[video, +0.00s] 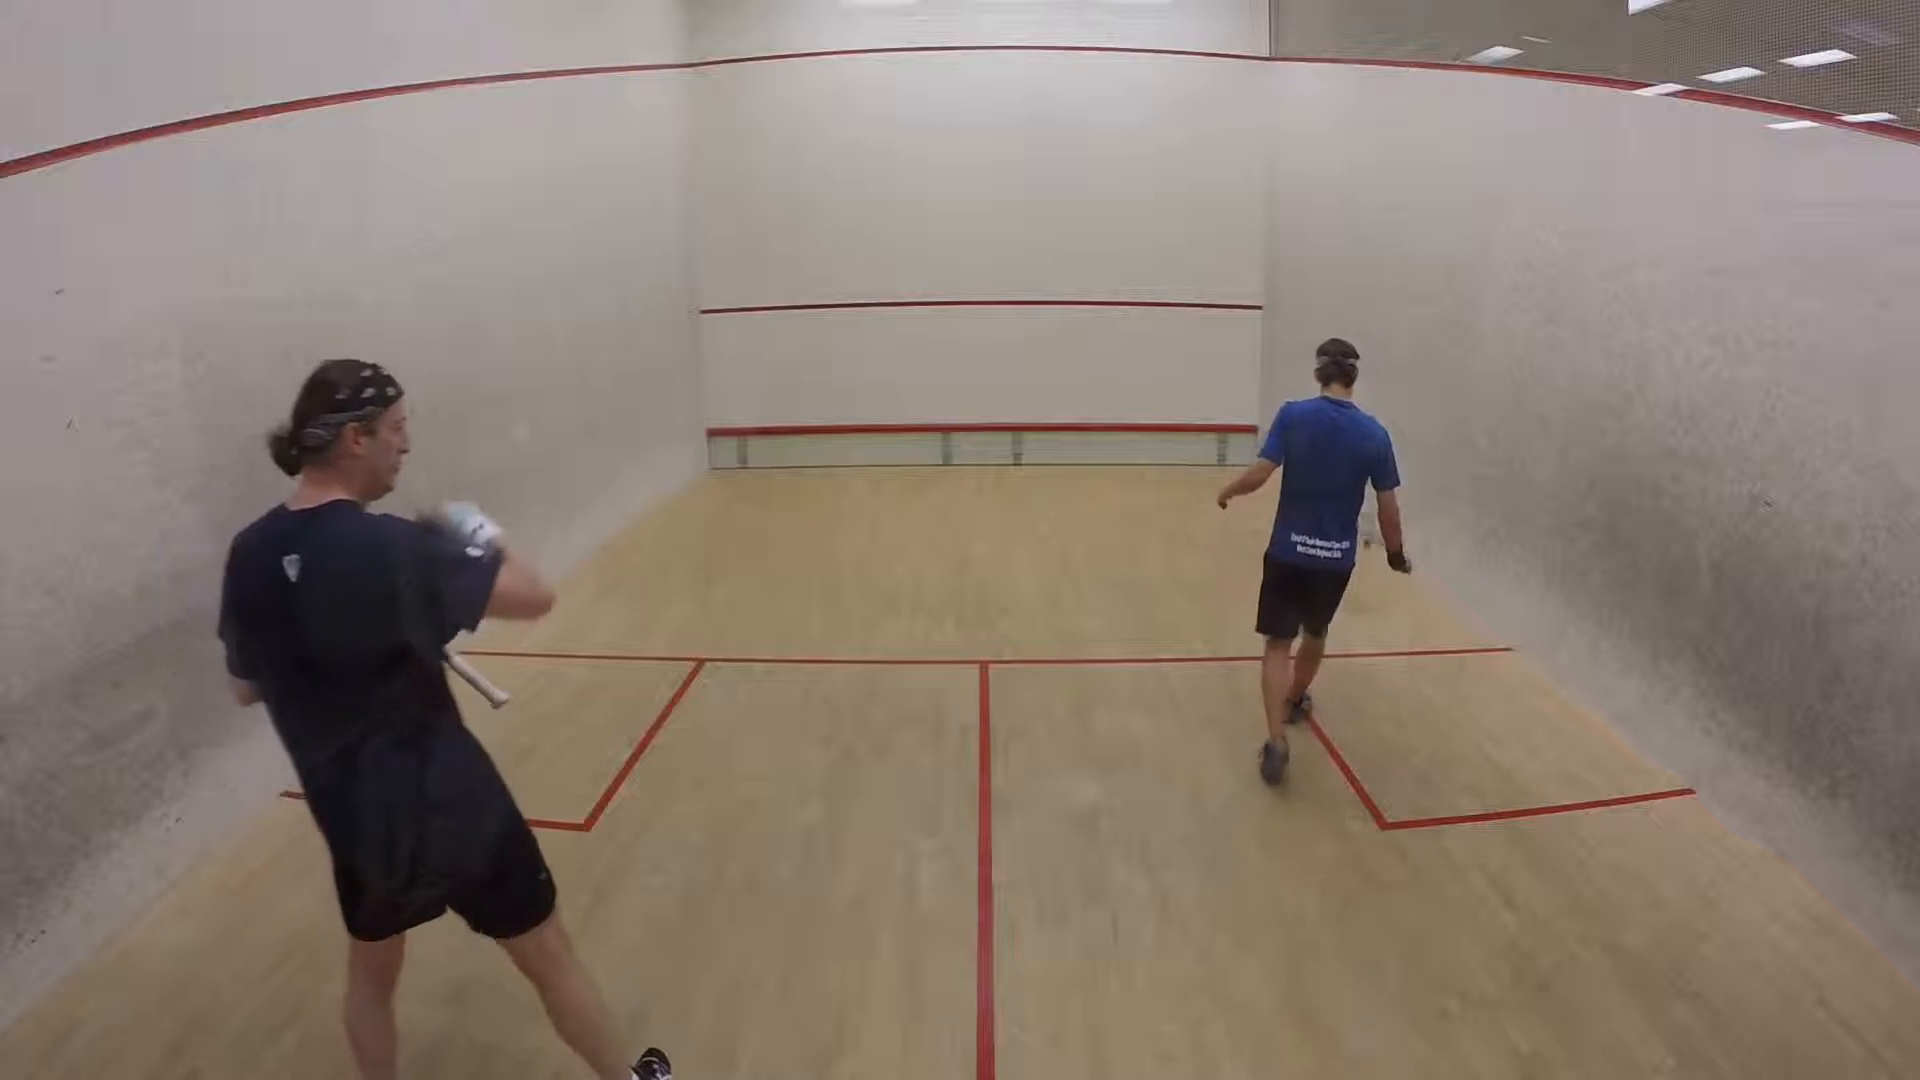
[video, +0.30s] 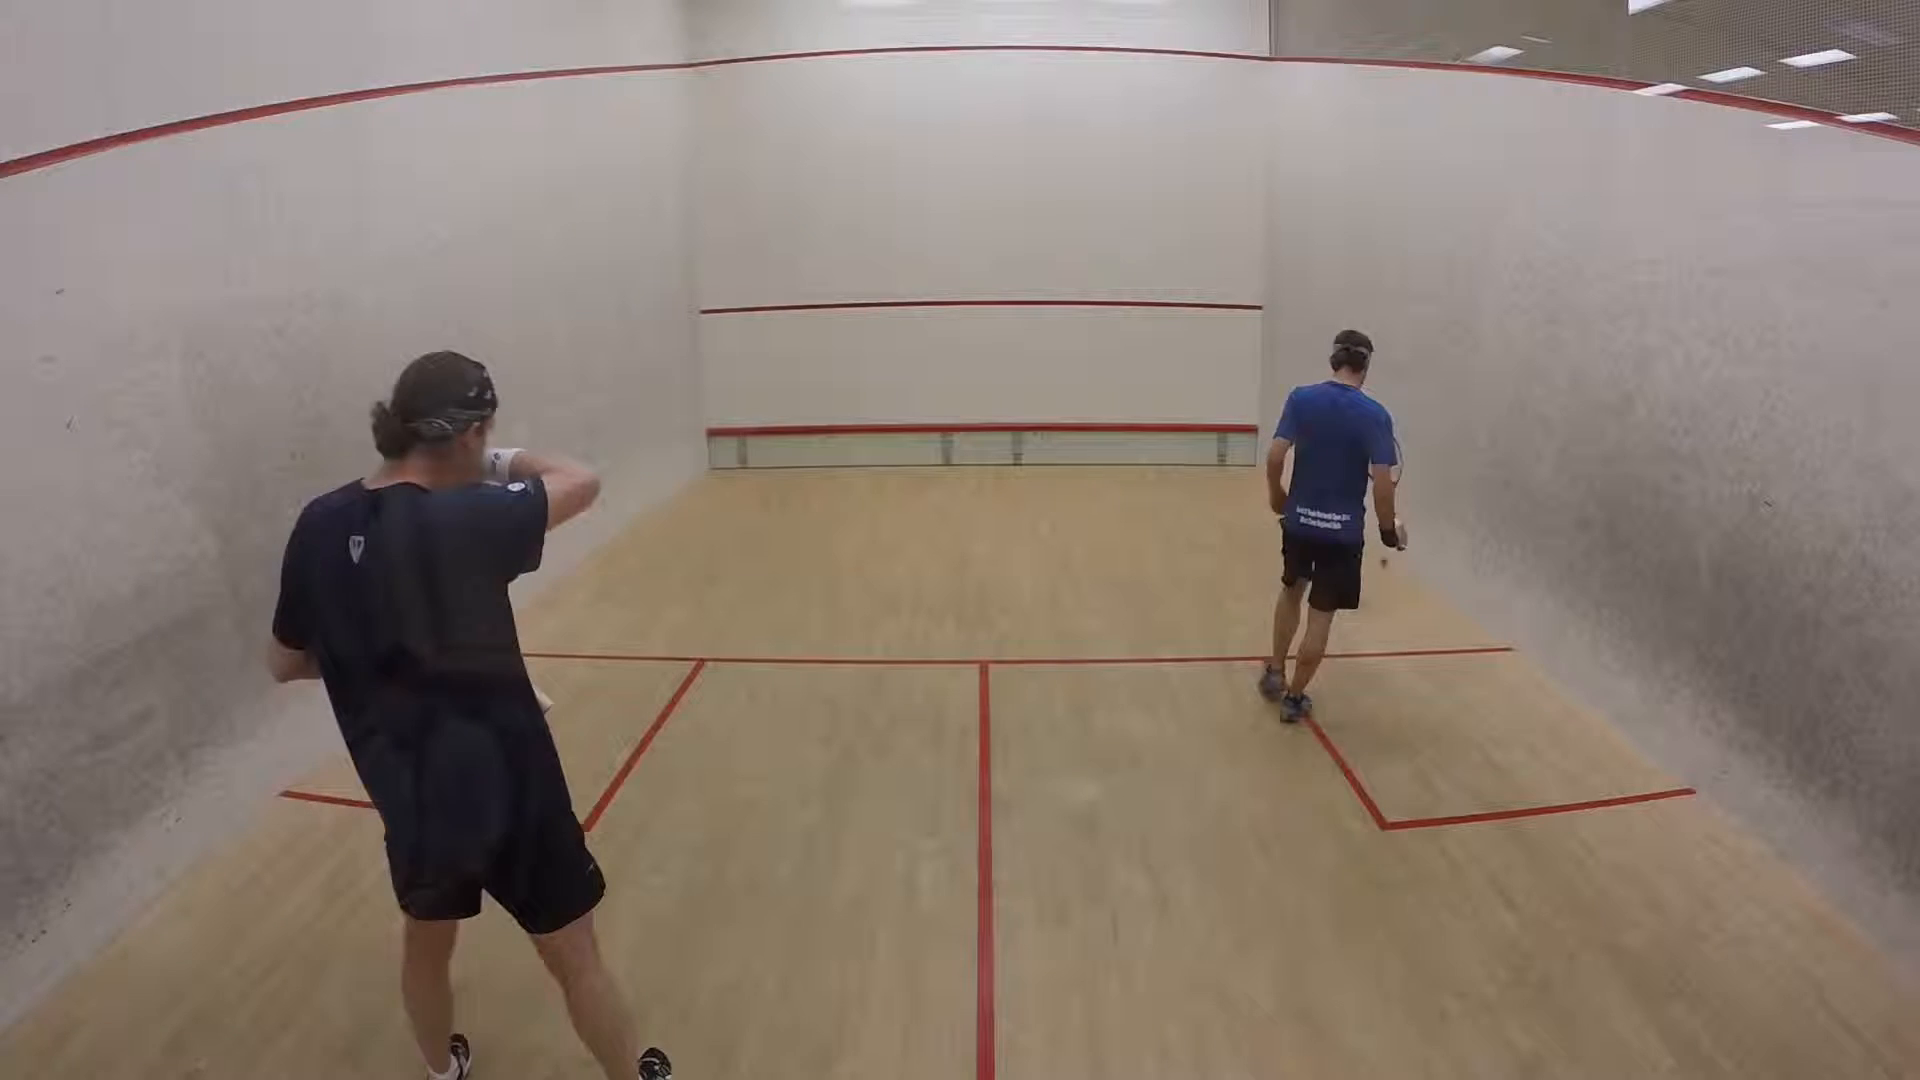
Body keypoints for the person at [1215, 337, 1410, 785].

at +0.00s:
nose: (1325, 378)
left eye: (1320, 370)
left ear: (1318, 375)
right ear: (1355, 377)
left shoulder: (1293, 414)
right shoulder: (1374, 434)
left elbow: (1259, 475)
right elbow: (1388, 508)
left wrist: (1226, 491)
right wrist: (1396, 554)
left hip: (1287, 555)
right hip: (1335, 563)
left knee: (1278, 645)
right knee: (1315, 634)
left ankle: (1276, 743)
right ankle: (1295, 699)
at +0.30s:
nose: (1358, 369)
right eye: (1365, 364)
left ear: (1332, 362)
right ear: (1366, 366)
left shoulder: (1301, 398)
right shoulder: (1375, 415)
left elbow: (1274, 457)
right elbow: (1383, 483)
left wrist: (1276, 496)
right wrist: (1388, 529)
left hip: (1298, 524)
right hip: (1341, 535)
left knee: (1292, 588)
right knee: (1320, 616)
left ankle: (1276, 672)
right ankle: (1294, 698)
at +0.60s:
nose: (1376, 379)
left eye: (1376, 371)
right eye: (1377, 372)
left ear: (1342, 362)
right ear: (1372, 370)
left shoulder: (1312, 395)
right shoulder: (1365, 415)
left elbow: (1292, 446)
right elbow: (1353, 485)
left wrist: (1329, 458)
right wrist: (1360, 545)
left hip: (1310, 517)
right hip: (1339, 525)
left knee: (1312, 588)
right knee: (1336, 606)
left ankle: (1308, 656)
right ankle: (1298, 682)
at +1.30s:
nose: (1421, 368)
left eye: (1424, 361)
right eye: (1416, 359)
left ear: (1397, 361)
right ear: (1394, 357)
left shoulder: (1379, 393)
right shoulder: (1383, 403)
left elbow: (1368, 461)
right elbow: (1366, 467)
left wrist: (1401, 491)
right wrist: (1413, 495)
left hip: (1354, 506)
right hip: (1373, 513)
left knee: (1351, 578)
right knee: (1382, 594)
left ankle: (1311, 649)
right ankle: (1368, 676)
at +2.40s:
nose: (1407, 390)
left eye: (1406, 383)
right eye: (1408, 384)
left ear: (1375, 375)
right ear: (1404, 386)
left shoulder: (1344, 398)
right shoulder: (1386, 432)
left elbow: (1310, 434)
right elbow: (1397, 501)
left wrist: (1344, 455)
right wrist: (1448, 514)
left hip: (1299, 510)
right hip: (1338, 525)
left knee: (1288, 585)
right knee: (1356, 601)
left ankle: (1269, 665)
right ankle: (1364, 676)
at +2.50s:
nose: (1388, 387)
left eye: (1386, 380)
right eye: (1388, 381)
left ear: (1354, 374)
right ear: (1383, 384)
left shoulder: (1319, 396)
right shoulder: (1374, 434)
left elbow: (1277, 439)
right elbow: (1378, 497)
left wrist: (1299, 461)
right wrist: (1421, 514)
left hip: (1286, 513)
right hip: (1327, 526)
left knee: (1277, 588)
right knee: (1346, 602)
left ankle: (1269, 671)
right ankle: (1363, 676)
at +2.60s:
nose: (1363, 380)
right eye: (1364, 376)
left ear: (1330, 369)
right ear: (1361, 378)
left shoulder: (1296, 396)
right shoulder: (1361, 428)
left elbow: (1259, 441)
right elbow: (1344, 487)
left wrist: (1256, 469)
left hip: (1272, 520)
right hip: (1316, 527)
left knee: (1264, 590)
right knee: (1340, 601)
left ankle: (1268, 672)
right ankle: (1358, 673)